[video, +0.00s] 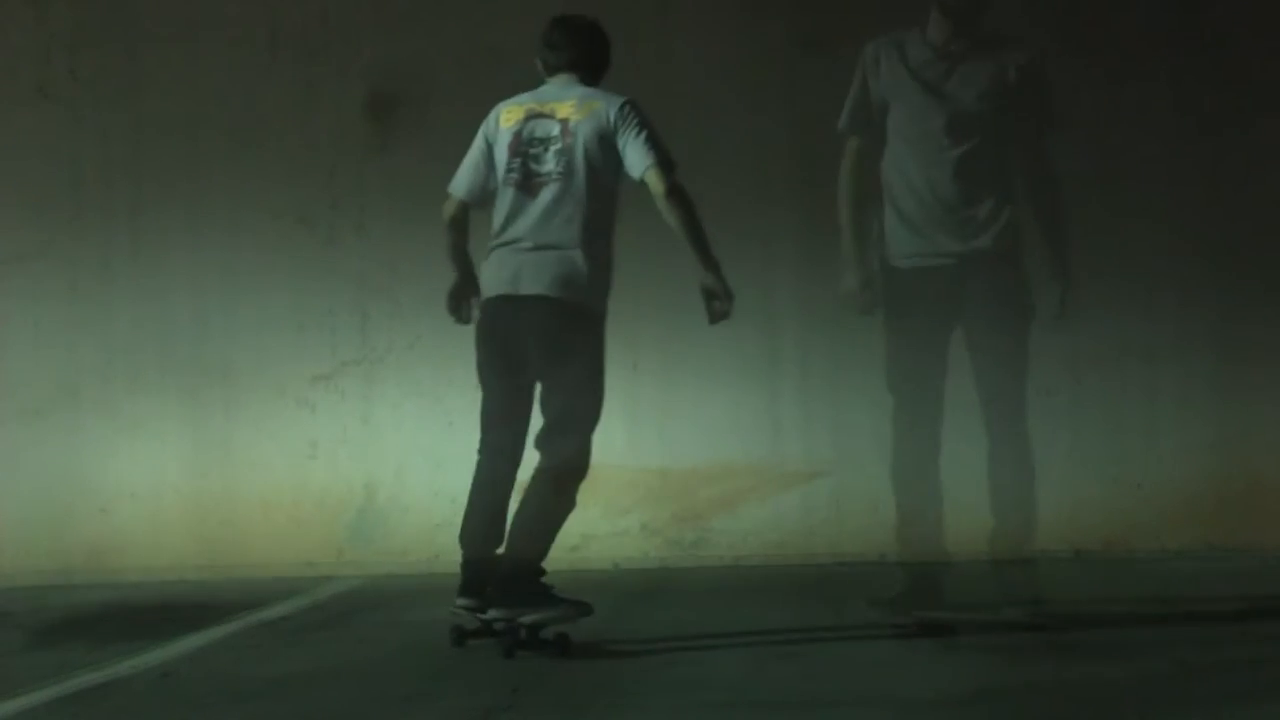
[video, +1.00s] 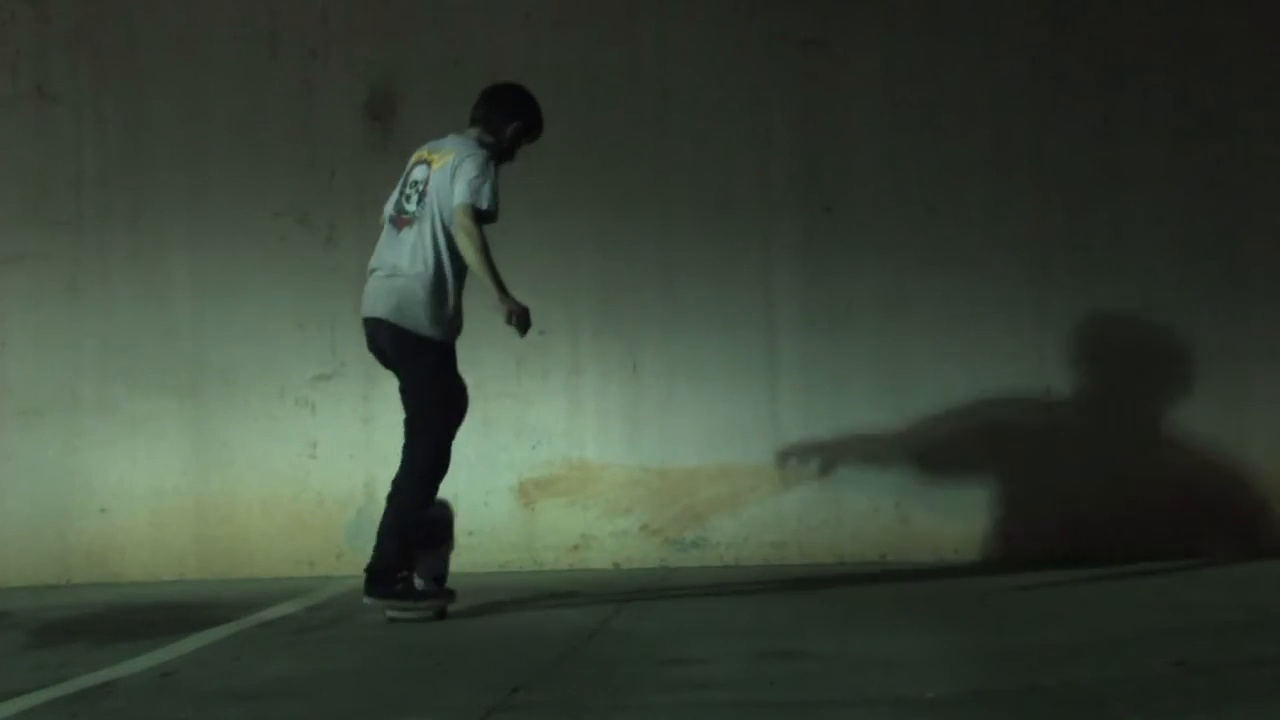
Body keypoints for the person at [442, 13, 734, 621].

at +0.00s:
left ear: (542, 63)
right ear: (601, 64)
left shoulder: (504, 114)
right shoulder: (612, 110)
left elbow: (452, 208)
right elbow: (665, 188)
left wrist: (461, 273)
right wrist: (708, 269)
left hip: (500, 300)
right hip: (568, 302)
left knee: (498, 441)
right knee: (566, 446)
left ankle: (475, 575)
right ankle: (519, 573)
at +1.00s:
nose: (517, 154)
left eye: (524, 145)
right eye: (522, 142)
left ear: (479, 119)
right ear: (508, 128)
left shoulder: (428, 152)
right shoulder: (473, 157)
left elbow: (395, 215)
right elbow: (461, 219)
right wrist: (504, 297)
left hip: (384, 313)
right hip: (416, 318)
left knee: (453, 401)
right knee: (429, 436)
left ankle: (414, 514)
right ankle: (388, 570)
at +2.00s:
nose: (467, 156)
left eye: (471, 146)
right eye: (462, 145)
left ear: (460, 140)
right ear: (432, 134)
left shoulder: (458, 172)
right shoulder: (379, 178)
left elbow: (533, 156)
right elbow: (300, 214)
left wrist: (611, 156)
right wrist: (233, 268)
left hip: (446, 306)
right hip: (400, 324)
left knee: (534, 359)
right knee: (427, 440)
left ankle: (569, 463)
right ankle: (441, 564)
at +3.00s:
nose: (340, 259)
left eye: (347, 247)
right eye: (328, 250)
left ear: (358, 237)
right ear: (308, 244)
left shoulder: (390, 267)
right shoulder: (298, 284)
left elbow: (475, 278)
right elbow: (246, 330)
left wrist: (564, 299)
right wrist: (209, 356)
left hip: (405, 397)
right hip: (346, 403)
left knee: (342, 454)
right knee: (306, 470)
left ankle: (379, 566)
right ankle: (347, 563)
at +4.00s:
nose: (254, 256)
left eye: (252, 243)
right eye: (245, 250)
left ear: (276, 219)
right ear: (277, 222)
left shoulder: (348, 222)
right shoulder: (302, 254)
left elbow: (435, 261)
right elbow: (352, 306)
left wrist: (450, 349)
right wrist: (369, 383)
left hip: (450, 314)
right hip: (399, 330)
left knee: (414, 430)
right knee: (378, 434)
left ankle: (408, 560)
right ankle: (378, 556)